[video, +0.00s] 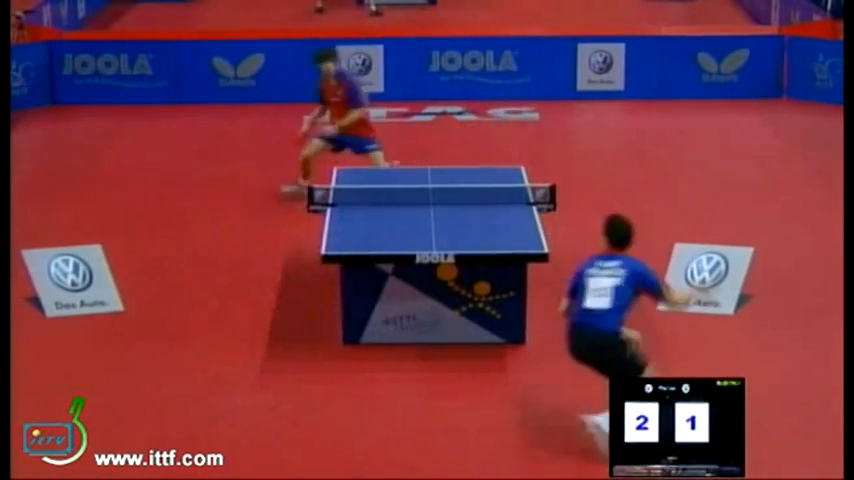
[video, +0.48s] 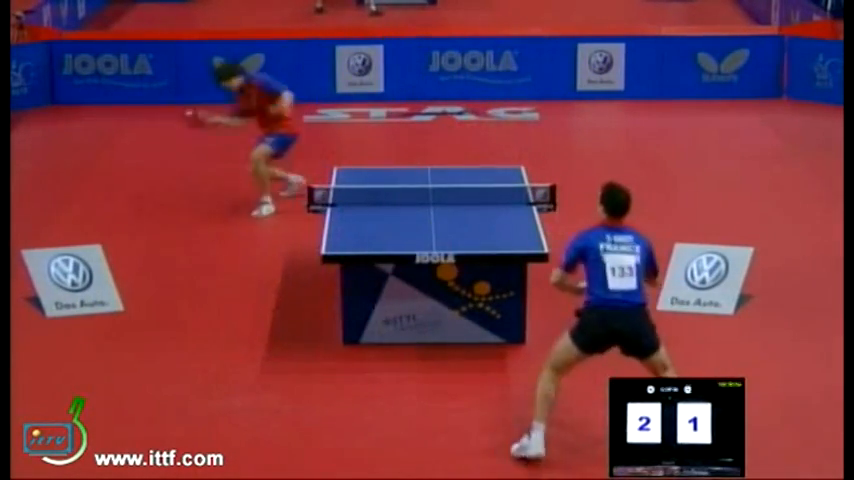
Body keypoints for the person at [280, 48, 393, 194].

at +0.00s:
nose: (327, 67)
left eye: (330, 63)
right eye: (323, 64)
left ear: (335, 64)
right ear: (319, 66)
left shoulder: (347, 82)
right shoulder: (323, 83)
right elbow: (324, 106)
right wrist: (310, 121)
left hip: (360, 133)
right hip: (337, 132)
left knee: (380, 168)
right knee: (305, 155)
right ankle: (305, 186)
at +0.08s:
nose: (307, 68)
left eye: (309, 63)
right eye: (304, 65)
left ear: (316, 62)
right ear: (301, 67)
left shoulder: (329, 79)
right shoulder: (310, 80)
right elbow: (314, 106)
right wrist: (300, 124)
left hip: (350, 132)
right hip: (327, 131)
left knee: (372, 169)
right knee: (296, 158)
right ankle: (303, 186)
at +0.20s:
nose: (274, 75)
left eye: (275, 70)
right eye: (272, 71)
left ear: (282, 67)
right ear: (272, 71)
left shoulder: (297, 80)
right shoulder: (290, 82)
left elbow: (301, 111)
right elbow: (298, 113)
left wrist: (281, 131)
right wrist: (282, 133)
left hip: (331, 132)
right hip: (311, 131)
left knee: (337, 175)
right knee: (286, 159)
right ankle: (301, 186)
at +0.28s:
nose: (257, 84)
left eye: (257, 80)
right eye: (255, 81)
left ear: (262, 75)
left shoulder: (280, 84)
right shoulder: (275, 87)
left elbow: (291, 108)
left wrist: (279, 131)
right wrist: (271, 135)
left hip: (320, 127)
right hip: (302, 128)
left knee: (311, 165)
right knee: (280, 159)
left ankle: (341, 178)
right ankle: (300, 185)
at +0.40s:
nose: (236, 91)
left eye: (235, 87)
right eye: (233, 89)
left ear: (240, 82)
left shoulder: (261, 86)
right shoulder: (254, 93)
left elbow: (289, 94)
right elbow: (272, 116)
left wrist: (302, 110)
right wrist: (251, 130)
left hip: (300, 126)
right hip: (286, 127)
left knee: (275, 157)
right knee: (269, 161)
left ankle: (300, 186)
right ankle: (292, 190)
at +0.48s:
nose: (227, 87)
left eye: (228, 82)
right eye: (224, 84)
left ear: (236, 77)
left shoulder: (259, 81)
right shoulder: (242, 93)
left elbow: (286, 94)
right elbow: (243, 119)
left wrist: (282, 106)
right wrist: (214, 120)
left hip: (285, 130)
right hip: (270, 132)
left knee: (258, 156)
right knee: (258, 169)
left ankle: (266, 202)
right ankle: (293, 179)